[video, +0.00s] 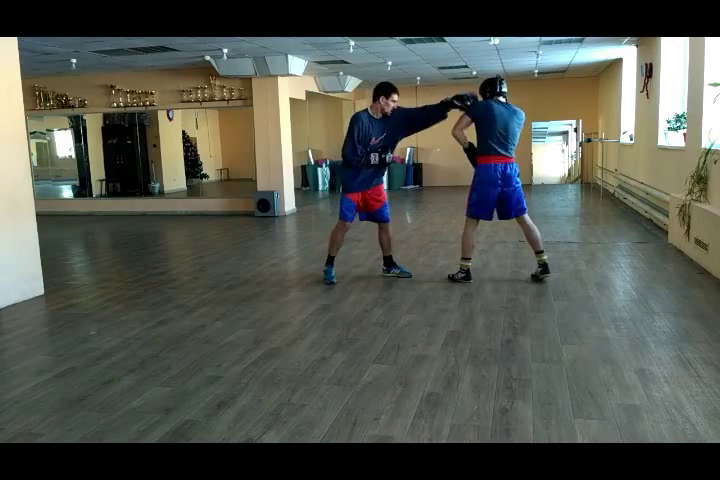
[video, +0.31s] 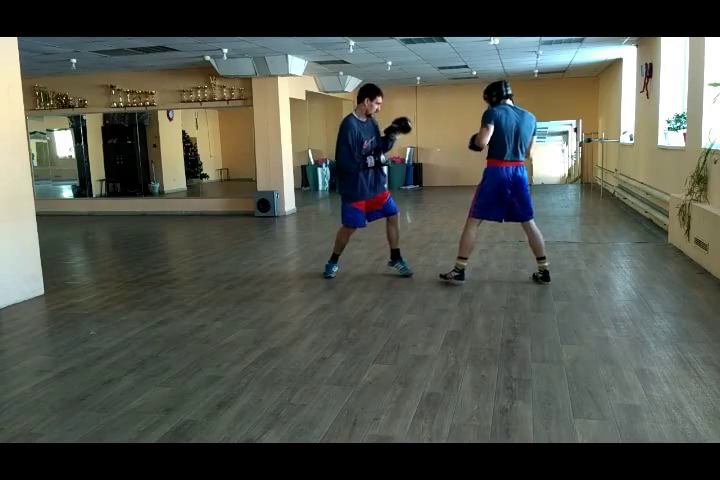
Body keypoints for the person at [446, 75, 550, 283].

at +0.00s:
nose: (482, 97)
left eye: (482, 94)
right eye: (482, 94)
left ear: (486, 93)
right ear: (505, 93)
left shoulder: (480, 106)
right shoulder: (519, 113)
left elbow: (457, 131)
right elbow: (507, 136)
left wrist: (469, 148)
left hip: (486, 171)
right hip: (511, 171)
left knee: (471, 222)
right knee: (523, 218)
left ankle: (464, 270)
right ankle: (543, 264)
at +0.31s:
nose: (488, 103)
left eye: (488, 100)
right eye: (487, 100)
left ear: (493, 98)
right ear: (510, 96)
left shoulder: (493, 112)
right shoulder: (530, 117)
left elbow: (482, 142)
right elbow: (528, 153)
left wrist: (474, 140)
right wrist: (511, 144)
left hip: (495, 174)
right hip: (519, 175)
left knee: (472, 223)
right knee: (529, 223)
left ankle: (458, 270)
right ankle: (544, 270)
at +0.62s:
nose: (446, 128)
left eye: (446, 124)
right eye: (444, 124)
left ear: (454, 120)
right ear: (459, 116)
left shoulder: (478, 129)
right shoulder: (474, 129)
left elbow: (488, 164)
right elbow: (476, 153)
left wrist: (463, 156)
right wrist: (456, 147)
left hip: (490, 184)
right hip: (501, 182)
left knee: (460, 225)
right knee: (504, 230)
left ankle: (448, 274)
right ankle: (541, 263)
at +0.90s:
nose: (441, 123)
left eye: (439, 119)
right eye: (438, 120)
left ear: (446, 113)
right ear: (452, 109)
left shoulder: (471, 123)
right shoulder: (471, 121)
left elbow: (476, 159)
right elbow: (470, 150)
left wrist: (455, 147)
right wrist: (459, 161)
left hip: (480, 179)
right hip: (492, 176)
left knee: (453, 223)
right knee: (499, 222)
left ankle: (448, 274)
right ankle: (536, 256)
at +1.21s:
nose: (476, 112)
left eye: (476, 108)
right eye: (476, 108)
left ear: (479, 105)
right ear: (497, 102)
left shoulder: (482, 123)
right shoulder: (519, 120)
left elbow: (466, 156)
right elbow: (521, 154)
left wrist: (459, 140)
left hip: (489, 182)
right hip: (514, 181)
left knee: (461, 226)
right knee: (524, 226)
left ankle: (448, 273)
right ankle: (548, 271)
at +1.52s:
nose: (506, 101)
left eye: (506, 98)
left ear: (509, 96)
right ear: (530, 95)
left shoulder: (505, 111)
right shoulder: (547, 113)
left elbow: (492, 142)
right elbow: (547, 150)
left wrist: (488, 132)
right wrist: (532, 135)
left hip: (507, 175)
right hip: (534, 175)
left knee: (488, 223)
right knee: (543, 227)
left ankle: (479, 270)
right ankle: (554, 276)